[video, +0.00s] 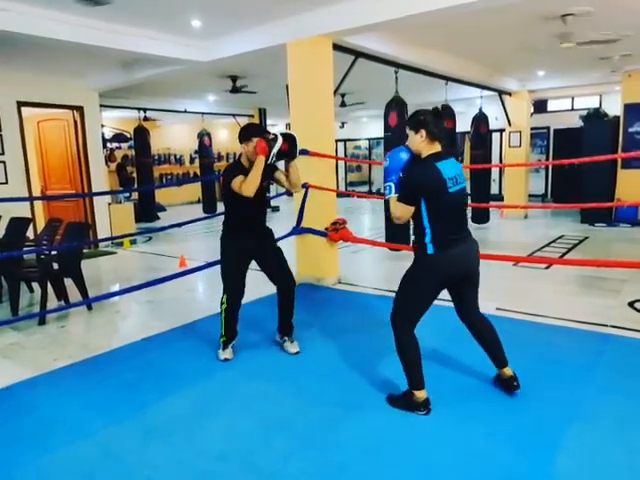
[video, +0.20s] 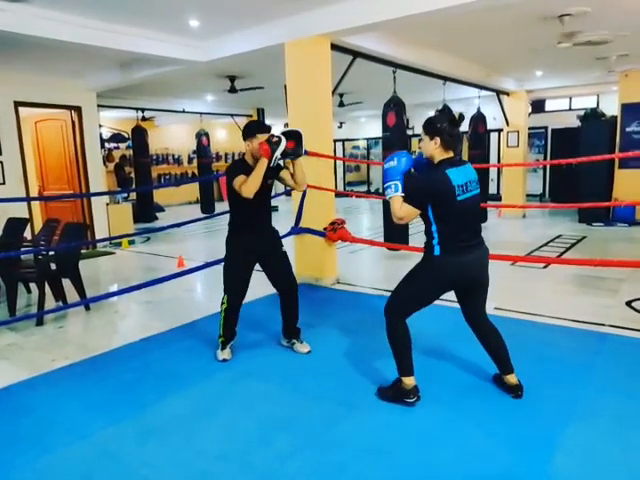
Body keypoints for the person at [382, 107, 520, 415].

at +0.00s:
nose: (408, 142)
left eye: (410, 136)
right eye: (408, 136)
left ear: (423, 136)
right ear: (435, 136)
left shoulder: (418, 171)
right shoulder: (453, 163)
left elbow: (398, 215)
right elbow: (437, 201)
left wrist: (391, 184)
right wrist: (407, 176)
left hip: (434, 262)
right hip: (466, 254)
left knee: (401, 321)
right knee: (470, 313)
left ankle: (417, 395)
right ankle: (507, 373)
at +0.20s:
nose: (420, 145)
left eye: (423, 139)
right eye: (421, 139)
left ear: (437, 142)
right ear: (447, 141)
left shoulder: (431, 179)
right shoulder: (468, 170)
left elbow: (400, 215)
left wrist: (392, 180)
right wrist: (420, 173)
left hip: (441, 265)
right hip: (476, 260)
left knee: (394, 311)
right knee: (478, 317)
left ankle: (406, 384)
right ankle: (511, 378)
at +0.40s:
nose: (402, 142)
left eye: (405, 138)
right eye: (403, 137)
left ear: (417, 141)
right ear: (429, 140)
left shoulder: (398, 170)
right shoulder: (446, 165)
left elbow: (354, 173)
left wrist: (337, 152)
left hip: (422, 261)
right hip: (458, 257)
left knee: (382, 315)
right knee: (471, 317)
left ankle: (363, 379)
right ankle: (507, 377)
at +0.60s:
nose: (381, 133)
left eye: (384, 128)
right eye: (383, 128)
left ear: (396, 133)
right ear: (403, 135)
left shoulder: (393, 168)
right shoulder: (410, 160)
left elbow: (364, 204)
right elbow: (363, 159)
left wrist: (341, 177)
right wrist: (338, 140)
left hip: (403, 254)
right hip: (431, 248)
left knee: (374, 316)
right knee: (441, 316)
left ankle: (361, 381)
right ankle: (483, 379)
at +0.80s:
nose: (383, 137)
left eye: (387, 132)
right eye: (385, 132)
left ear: (401, 135)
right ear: (406, 136)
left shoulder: (405, 173)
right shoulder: (403, 165)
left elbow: (383, 215)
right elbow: (363, 172)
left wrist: (361, 184)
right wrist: (338, 151)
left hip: (404, 258)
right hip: (429, 252)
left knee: (370, 315)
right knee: (435, 318)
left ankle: (359, 382)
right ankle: (476, 381)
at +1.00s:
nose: (395, 142)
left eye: (399, 136)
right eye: (396, 136)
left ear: (412, 137)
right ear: (420, 138)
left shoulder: (410, 174)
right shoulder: (437, 167)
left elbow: (389, 218)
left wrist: (378, 184)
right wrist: (389, 175)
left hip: (421, 263)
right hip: (452, 258)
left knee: (385, 324)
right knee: (449, 324)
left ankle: (360, 384)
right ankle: (476, 389)